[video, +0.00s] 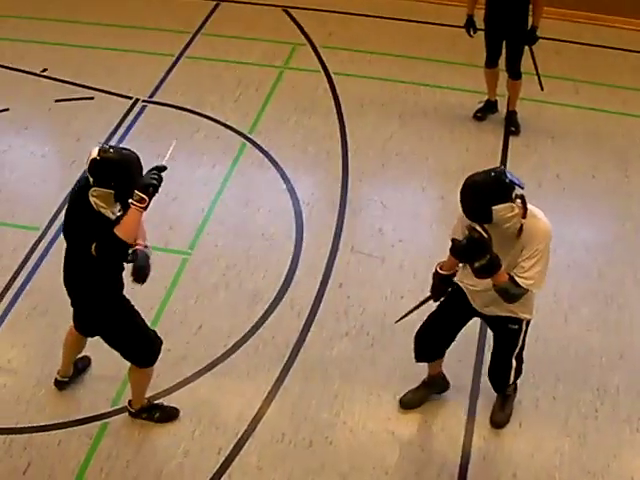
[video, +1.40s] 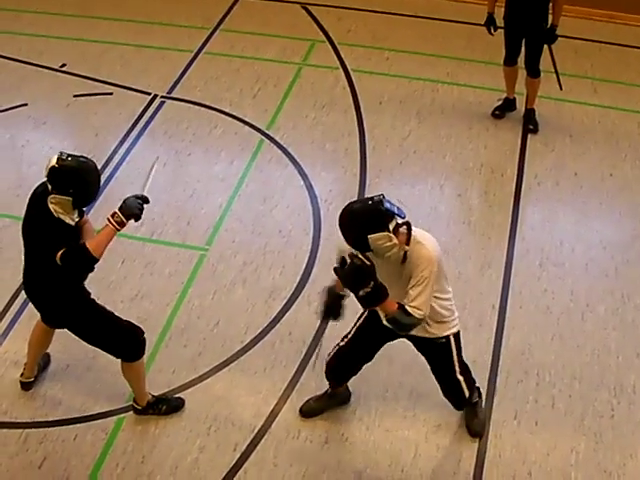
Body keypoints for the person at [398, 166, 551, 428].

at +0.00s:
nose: (478, 223)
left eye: (483, 219)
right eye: (475, 218)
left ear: (503, 211)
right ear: (477, 214)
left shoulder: (537, 230)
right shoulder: (473, 213)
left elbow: (515, 296)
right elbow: (458, 249)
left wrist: (489, 265)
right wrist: (443, 276)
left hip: (510, 307)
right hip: (469, 290)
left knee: (501, 373)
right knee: (429, 339)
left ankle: (506, 394)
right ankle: (435, 379)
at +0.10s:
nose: (469, 229)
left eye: (473, 224)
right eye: (466, 224)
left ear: (492, 216)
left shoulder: (530, 237)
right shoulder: (470, 220)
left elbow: (507, 302)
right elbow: (459, 253)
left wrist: (481, 266)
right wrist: (444, 274)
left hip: (502, 315)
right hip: (461, 296)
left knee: (498, 381)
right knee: (415, 341)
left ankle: (507, 398)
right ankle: (404, 384)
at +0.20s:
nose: (453, 233)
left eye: (457, 228)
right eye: (451, 227)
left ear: (474, 221)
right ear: (466, 220)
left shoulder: (512, 245)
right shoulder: (461, 226)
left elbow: (488, 309)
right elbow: (450, 260)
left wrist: (462, 276)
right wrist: (439, 275)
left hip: (488, 325)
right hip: (446, 303)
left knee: (491, 393)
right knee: (399, 344)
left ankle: (509, 396)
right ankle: (366, 390)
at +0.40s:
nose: (422, 241)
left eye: (425, 236)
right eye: (420, 236)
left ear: (445, 230)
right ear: (434, 230)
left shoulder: (478, 253)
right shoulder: (433, 233)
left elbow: (447, 314)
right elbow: (417, 262)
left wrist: (423, 282)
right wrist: (404, 277)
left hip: (456, 332)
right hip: (417, 309)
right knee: (366, 354)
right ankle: (353, 396)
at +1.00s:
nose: (385, 259)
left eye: (387, 253)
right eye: (383, 255)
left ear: (407, 243)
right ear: (396, 247)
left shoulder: (444, 261)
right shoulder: (399, 251)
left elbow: (426, 328)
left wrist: (392, 299)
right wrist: (383, 289)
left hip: (445, 337)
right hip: (403, 319)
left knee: (471, 400)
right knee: (340, 357)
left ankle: (503, 395)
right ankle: (333, 394)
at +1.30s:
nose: (366, 254)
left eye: (368, 248)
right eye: (363, 249)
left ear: (386, 237)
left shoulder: (425, 255)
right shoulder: (375, 247)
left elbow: (405, 322)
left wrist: (372, 292)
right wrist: (360, 280)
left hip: (432, 328)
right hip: (385, 314)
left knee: (451, 395)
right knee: (332, 359)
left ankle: (469, 401)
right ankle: (337, 392)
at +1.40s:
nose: (365, 253)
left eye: (366, 247)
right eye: (362, 248)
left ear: (383, 237)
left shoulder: (424, 252)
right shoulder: (373, 245)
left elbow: (408, 321)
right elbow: (355, 267)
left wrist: (371, 292)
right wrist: (337, 290)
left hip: (433, 323)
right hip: (385, 313)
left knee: (454, 381)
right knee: (338, 363)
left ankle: (471, 402)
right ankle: (337, 393)